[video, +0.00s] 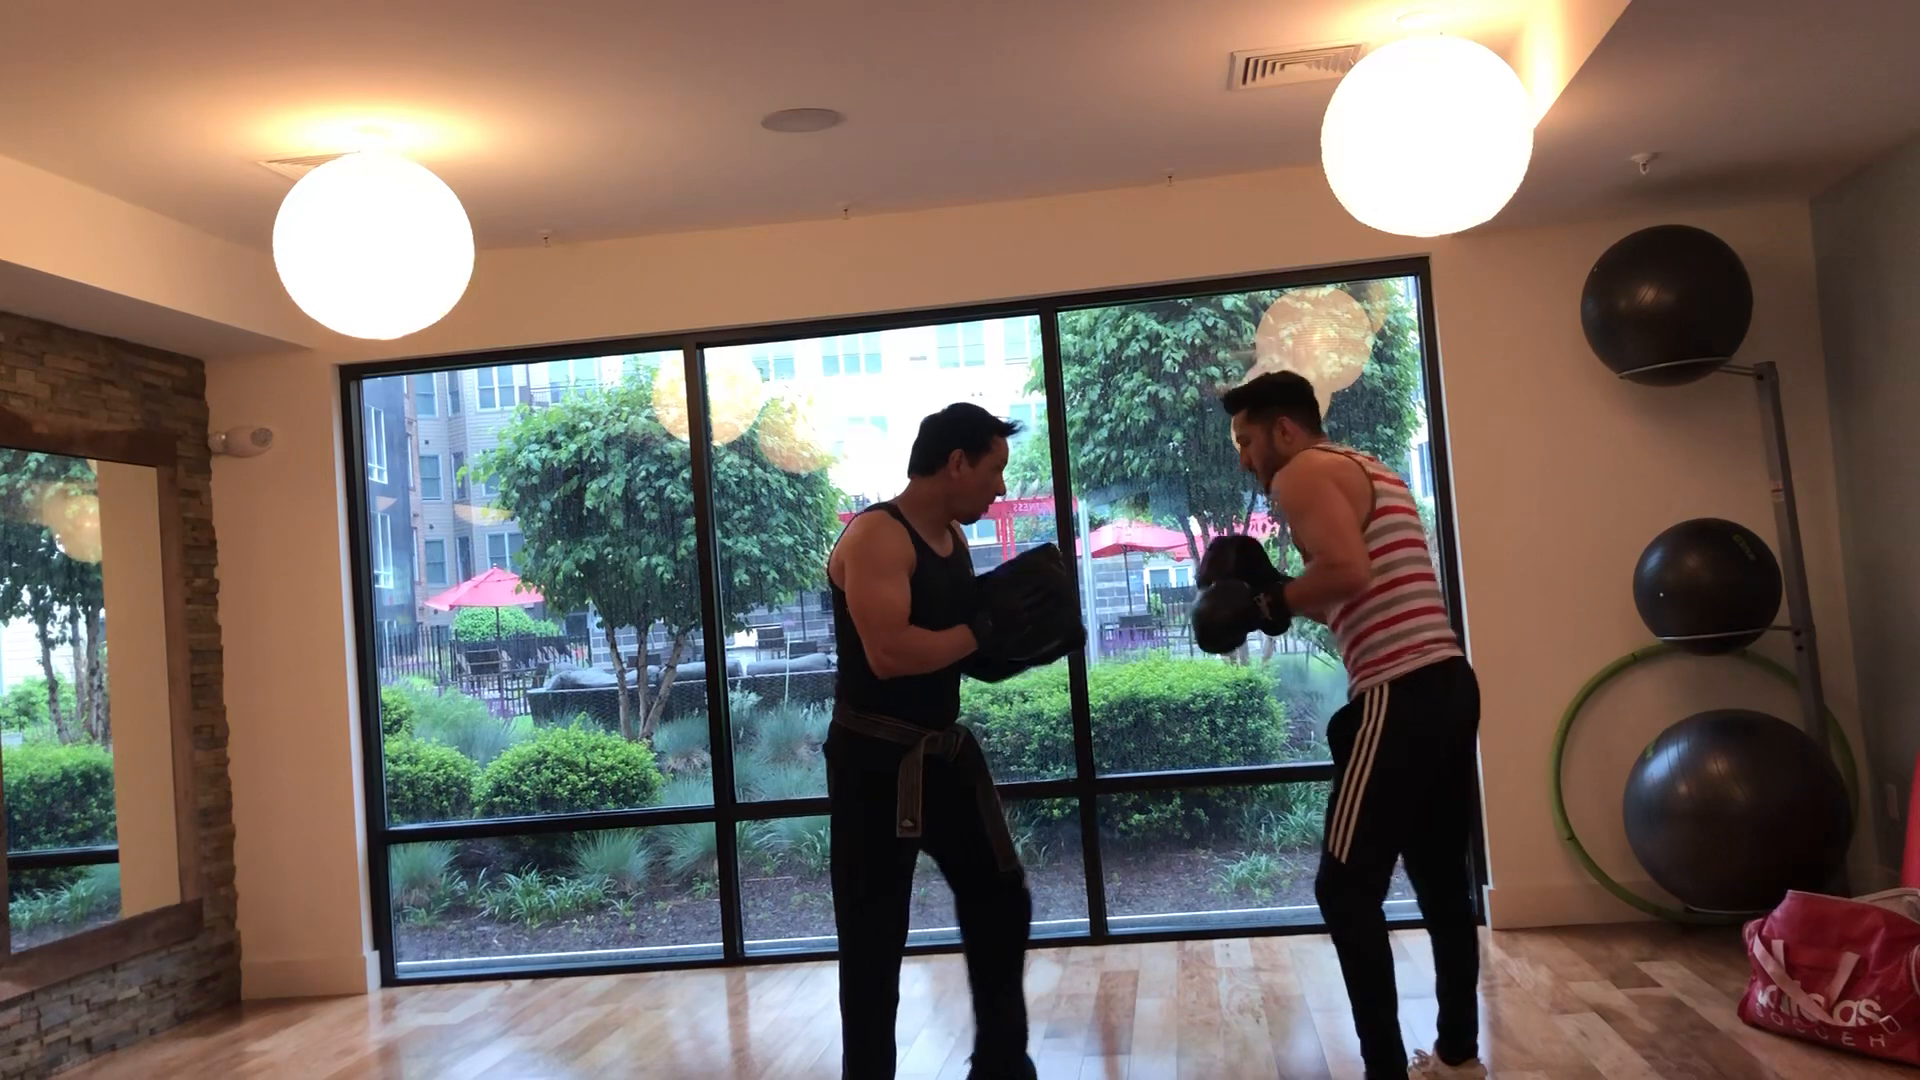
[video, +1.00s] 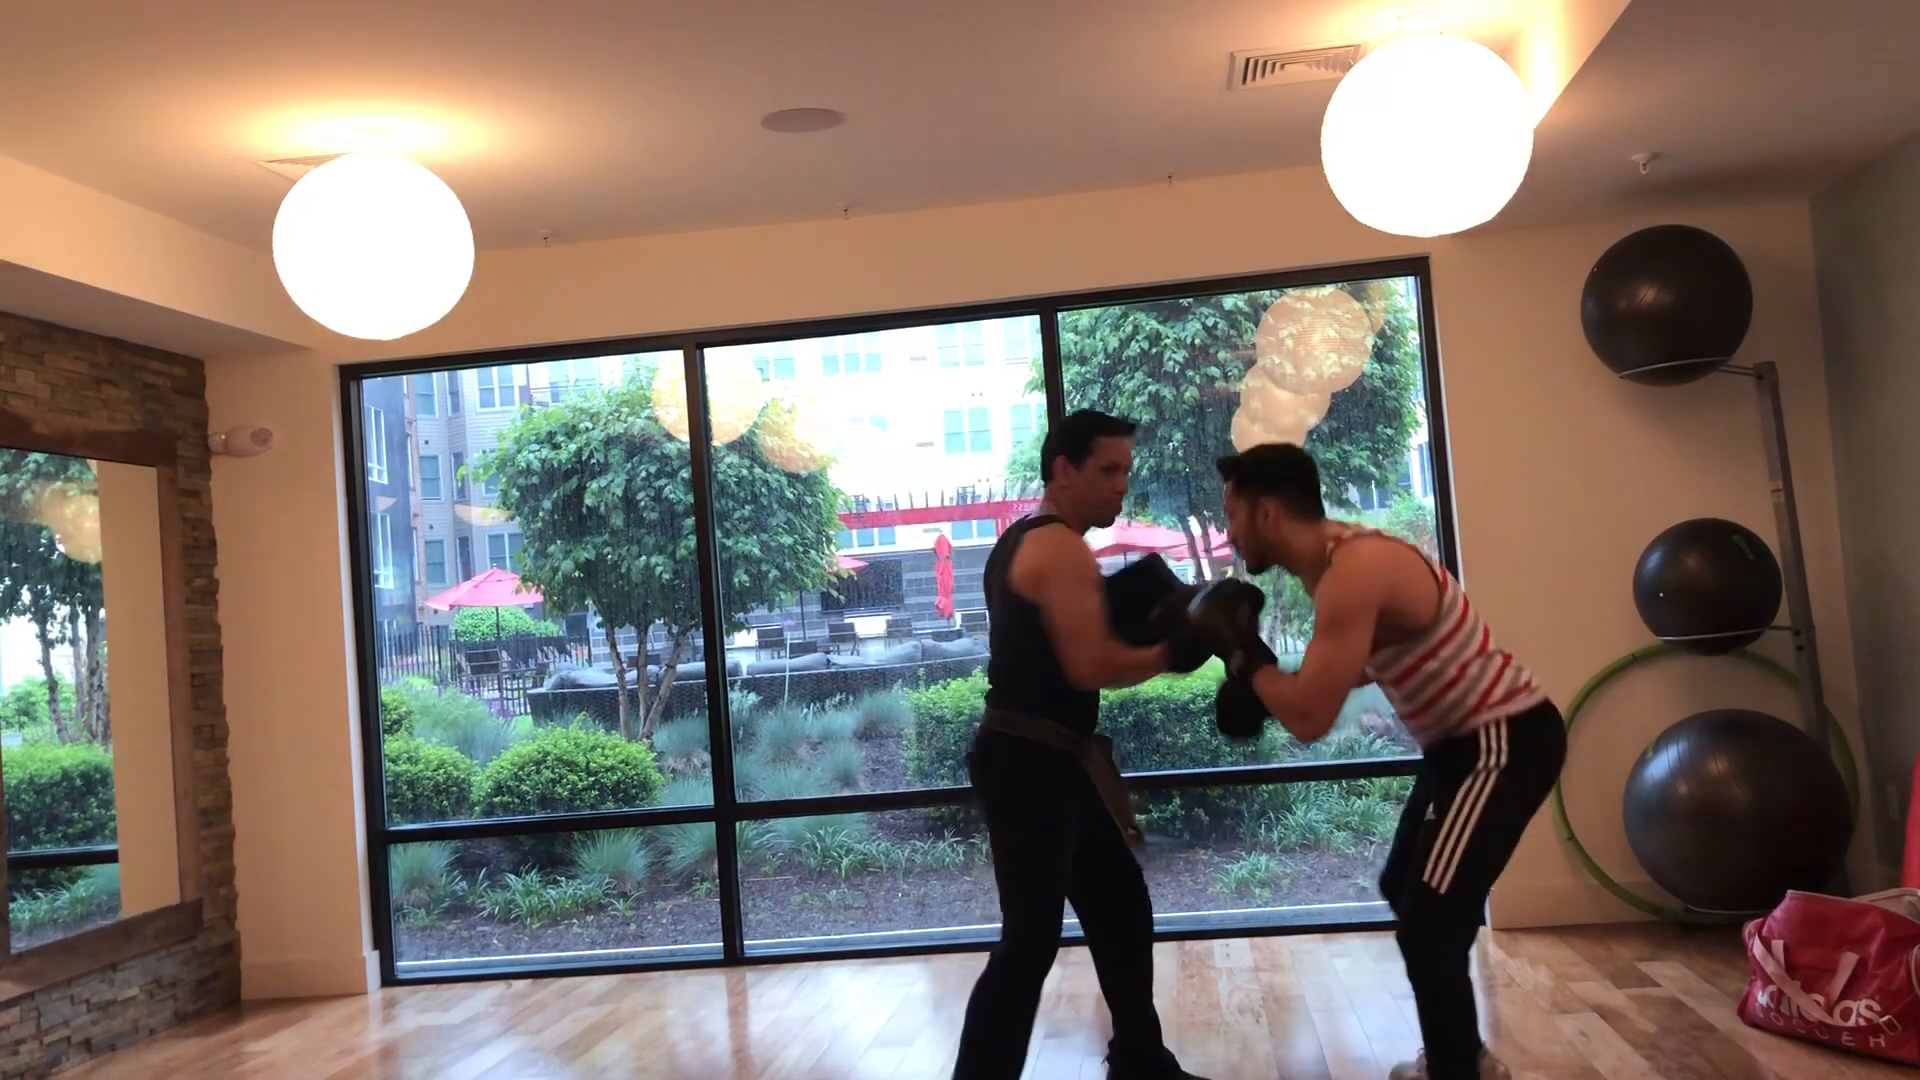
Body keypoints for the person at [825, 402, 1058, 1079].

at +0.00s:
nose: (999, 489)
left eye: (1002, 474)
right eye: (996, 472)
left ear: (956, 466)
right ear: (955, 463)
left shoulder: (949, 539)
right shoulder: (874, 535)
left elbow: (954, 636)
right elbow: (888, 652)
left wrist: (1022, 605)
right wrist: (986, 630)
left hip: (944, 748)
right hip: (873, 754)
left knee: (1000, 906)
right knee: (873, 938)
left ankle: (1001, 1068)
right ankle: (869, 1075)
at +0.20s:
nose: (1015, 495)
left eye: (1017, 480)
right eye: (1011, 478)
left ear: (972, 474)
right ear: (971, 471)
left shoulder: (969, 549)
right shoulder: (888, 550)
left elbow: (971, 650)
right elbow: (877, 674)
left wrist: (1035, 678)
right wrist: (982, 700)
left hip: (964, 754)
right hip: (895, 760)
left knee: (1030, 909)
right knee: (898, 942)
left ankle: (1098, 1059)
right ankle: (873, 1076)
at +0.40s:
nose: (1052, 501)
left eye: (1053, 486)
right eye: (1046, 485)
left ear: (1007, 482)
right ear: (1007, 481)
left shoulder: (1011, 559)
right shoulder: (932, 560)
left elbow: (1028, 659)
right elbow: (877, 660)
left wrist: (1087, 603)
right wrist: (984, 676)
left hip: (1025, 769)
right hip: (959, 776)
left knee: (1100, 915)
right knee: (954, 954)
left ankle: (1137, 1065)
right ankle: (890, 1077)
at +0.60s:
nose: (1096, 488)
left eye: (1097, 475)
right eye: (1088, 473)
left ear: (1048, 473)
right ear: (1046, 469)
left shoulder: (1047, 541)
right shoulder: (1013, 528)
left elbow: (1093, 660)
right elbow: (1073, 590)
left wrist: (1175, 600)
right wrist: (1144, 549)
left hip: (1053, 754)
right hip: (1011, 754)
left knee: (1113, 909)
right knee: (1007, 931)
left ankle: (1142, 1060)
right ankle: (902, 1072)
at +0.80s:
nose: (1124, 483)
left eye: (1126, 470)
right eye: (1114, 470)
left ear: (1065, 473)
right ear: (1065, 468)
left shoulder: (1017, 539)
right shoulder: (1092, 527)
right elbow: (1204, 553)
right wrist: (1288, 551)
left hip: (1019, 745)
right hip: (1033, 750)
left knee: (1094, 908)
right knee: (1011, 928)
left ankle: (1139, 1061)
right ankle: (920, 1072)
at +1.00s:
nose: (1124, 486)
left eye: (1127, 472)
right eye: (1112, 472)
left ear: (1066, 475)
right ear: (1065, 470)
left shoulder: (1027, 539)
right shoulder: (1058, 548)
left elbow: (1063, 643)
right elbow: (1089, 664)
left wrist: (1141, 623)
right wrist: (1172, 652)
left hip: (1045, 758)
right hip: (1030, 764)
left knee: (1121, 906)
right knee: (1031, 937)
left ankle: (1140, 1057)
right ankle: (982, 1074)